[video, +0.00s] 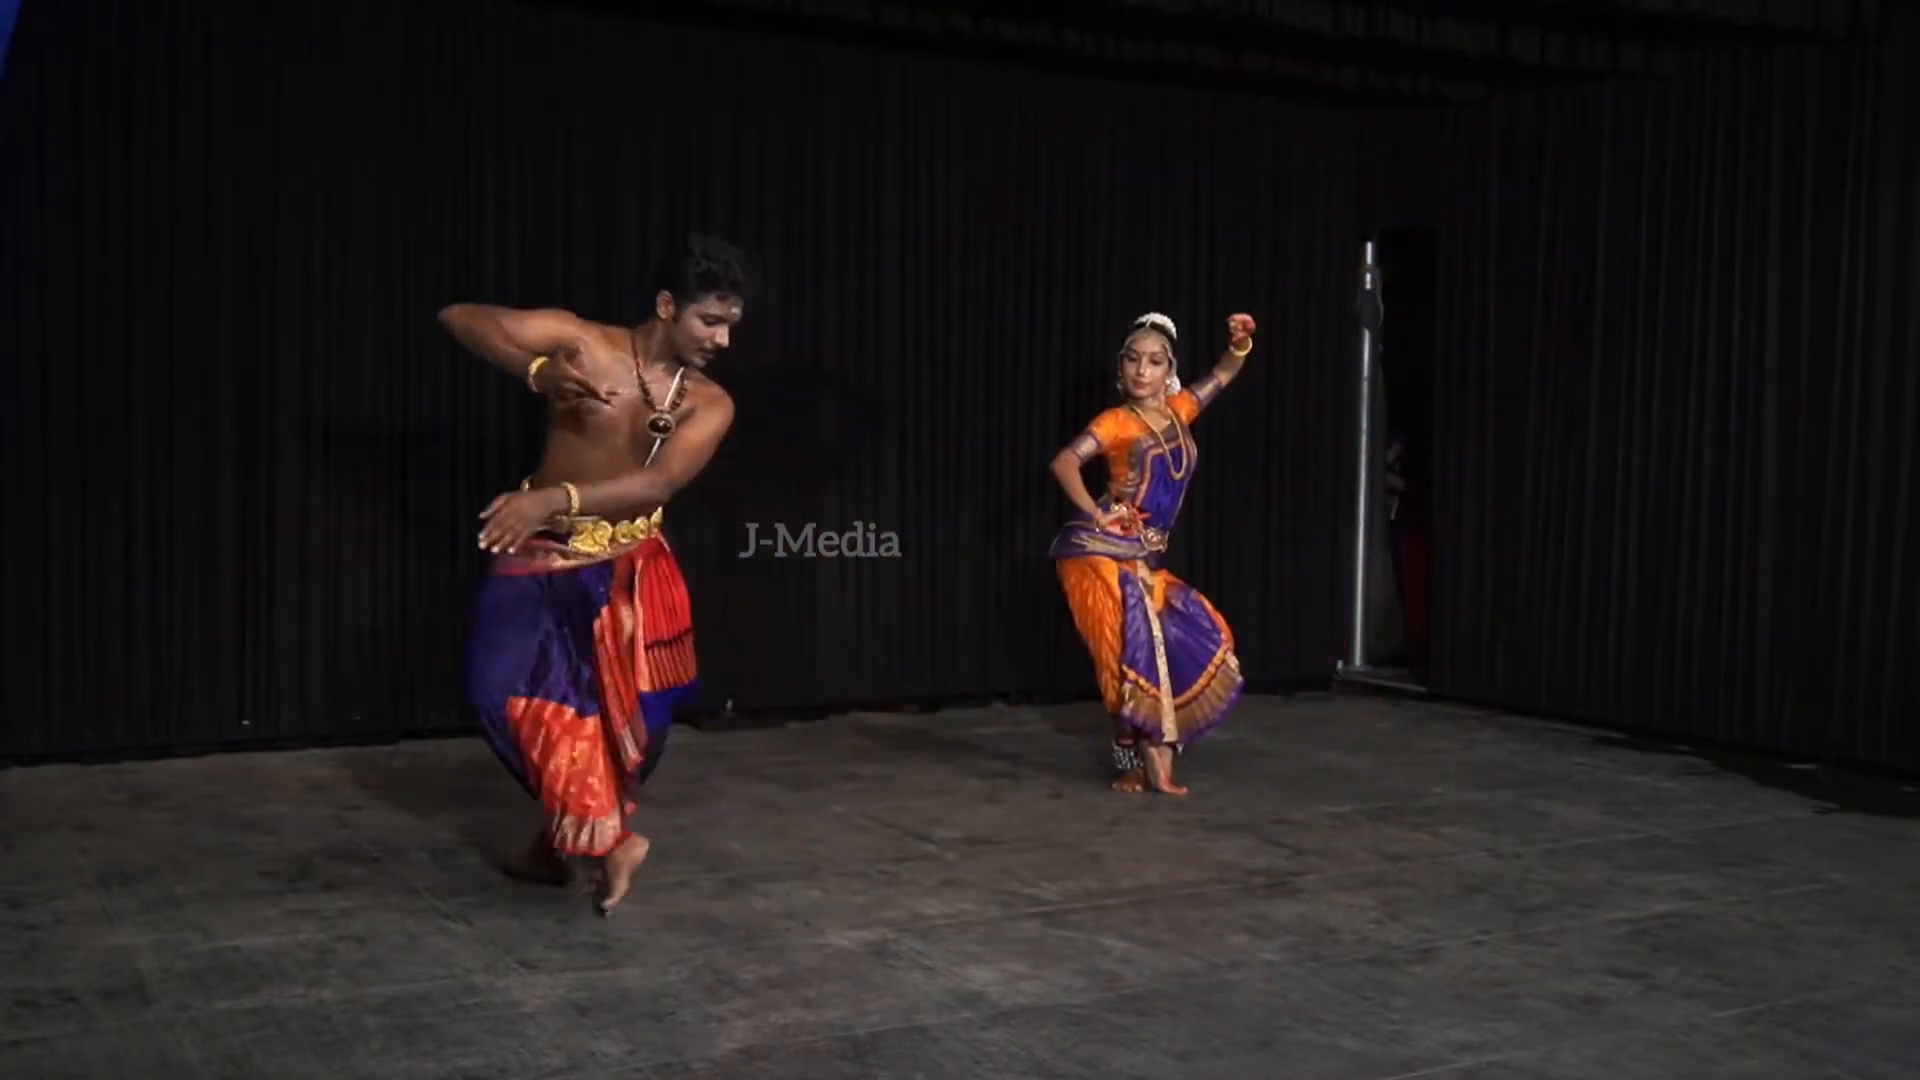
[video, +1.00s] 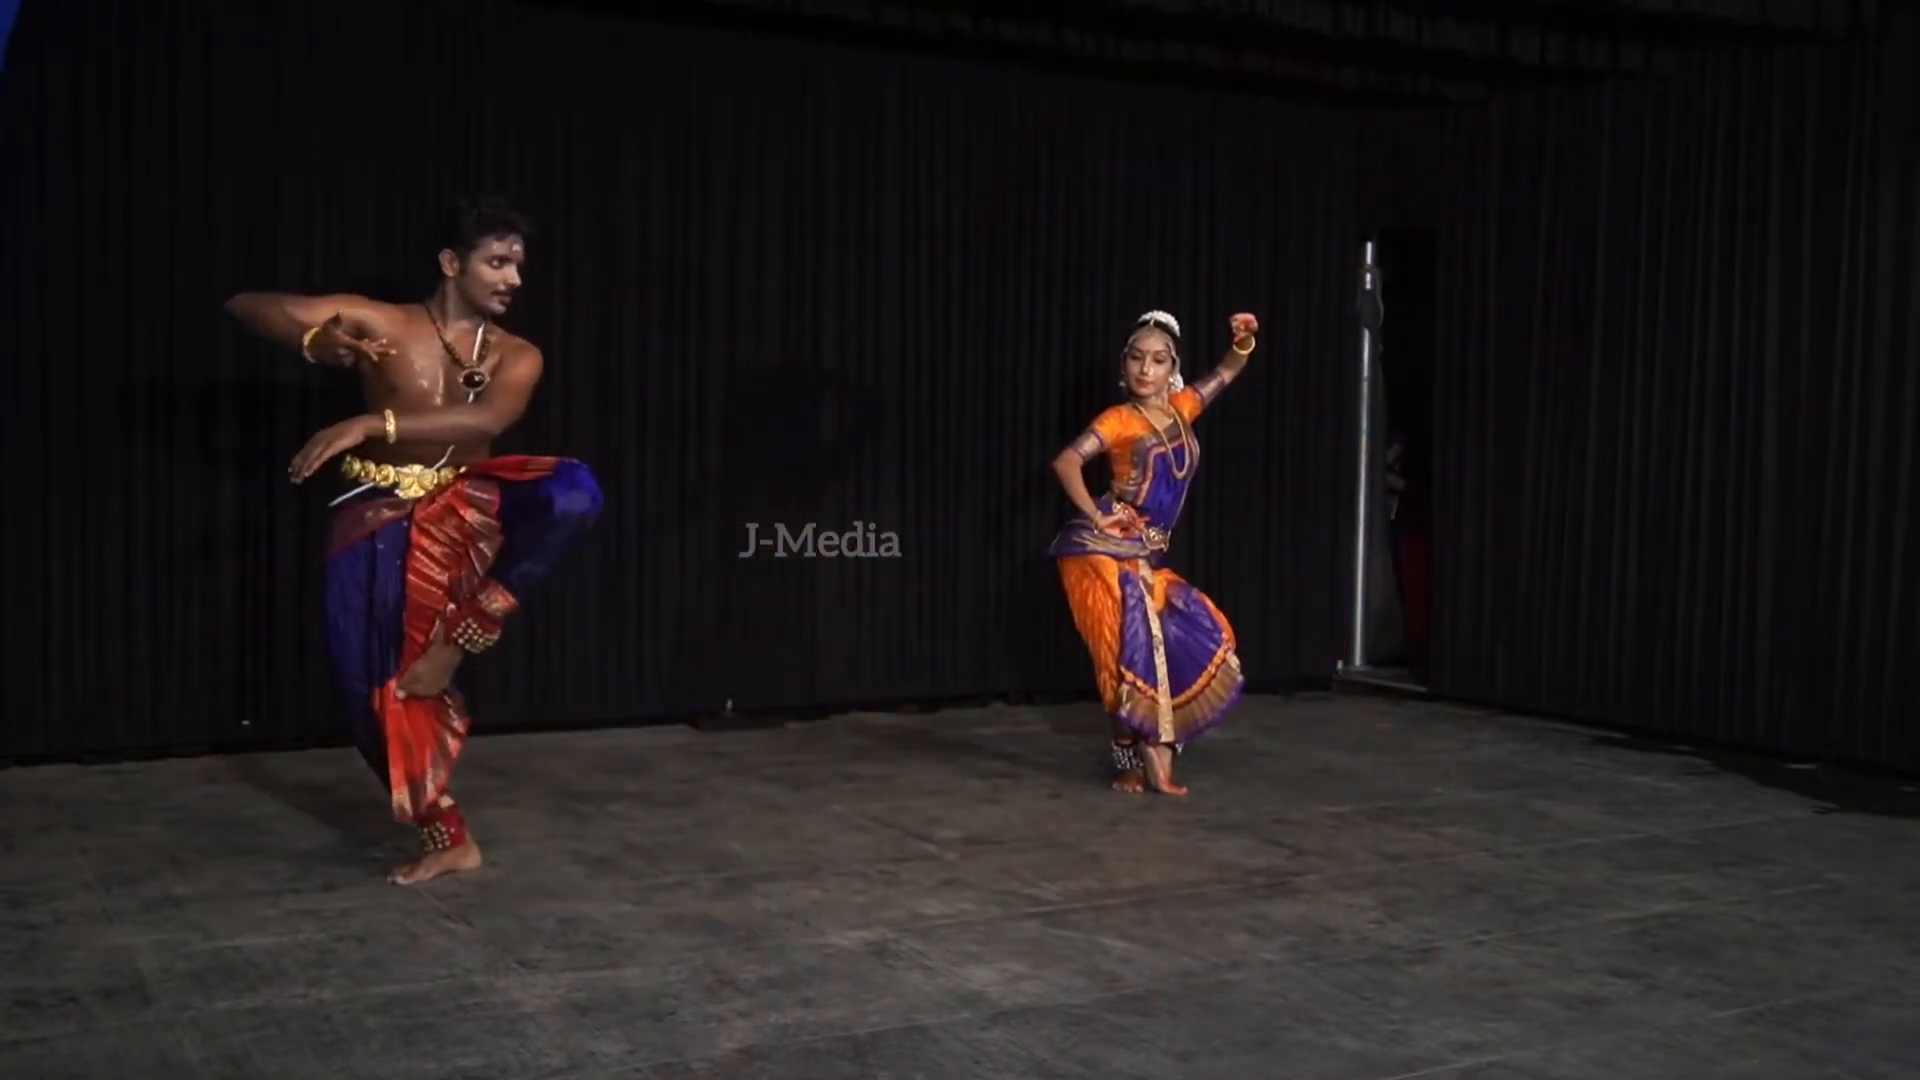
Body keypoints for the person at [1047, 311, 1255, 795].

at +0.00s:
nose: (1141, 369)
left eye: (1154, 360)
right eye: (1133, 359)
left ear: (1170, 371)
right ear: (1121, 366)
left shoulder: (1179, 410)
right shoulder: (1118, 422)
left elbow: (1222, 374)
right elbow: (1064, 463)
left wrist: (1240, 345)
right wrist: (1096, 515)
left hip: (1143, 561)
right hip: (1098, 555)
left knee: (1164, 644)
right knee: (1122, 644)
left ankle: (1160, 751)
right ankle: (1124, 752)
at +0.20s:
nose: (1142, 369)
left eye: (1154, 360)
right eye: (1133, 358)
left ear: (1170, 371)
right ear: (1121, 366)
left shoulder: (1178, 410)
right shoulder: (1118, 421)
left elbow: (1221, 374)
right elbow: (1063, 463)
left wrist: (1240, 346)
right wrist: (1094, 515)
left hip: (1143, 560)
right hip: (1099, 555)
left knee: (1166, 643)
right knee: (1123, 643)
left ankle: (1160, 750)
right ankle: (1124, 752)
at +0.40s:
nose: (1142, 368)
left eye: (1154, 359)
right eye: (1133, 357)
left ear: (1170, 370)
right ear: (1121, 365)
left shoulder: (1179, 408)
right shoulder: (1117, 420)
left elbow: (1223, 373)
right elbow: (1063, 461)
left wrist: (1241, 344)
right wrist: (1095, 513)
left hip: (1143, 559)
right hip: (1097, 553)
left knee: (1167, 641)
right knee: (1122, 642)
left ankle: (1160, 749)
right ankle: (1125, 753)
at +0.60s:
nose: (1143, 368)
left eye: (1155, 359)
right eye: (1134, 358)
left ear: (1171, 370)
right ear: (1122, 365)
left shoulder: (1180, 407)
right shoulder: (1118, 420)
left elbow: (1224, 373)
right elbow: (1063, 461)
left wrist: (1242, 344)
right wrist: (1094, 515)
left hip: (1143, 560)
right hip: (1098, 554)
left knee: (1168, 642)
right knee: (1122, 642)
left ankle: (1160, 748)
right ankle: (1125, 753)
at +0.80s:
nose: (1144, 369)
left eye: (1157, 360)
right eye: (1135, 358)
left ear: (1172, 370)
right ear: (1123, 365)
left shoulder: (1181, 407)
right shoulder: (1119, 421)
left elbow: (1224, 373)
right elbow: (1064, 463)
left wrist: (1242, 345)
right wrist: (1095, 518)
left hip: (1144, 560)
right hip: (1099, 553)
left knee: (1167, 643)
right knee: (1123, 642)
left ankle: (1159, 750)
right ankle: (1125, 752)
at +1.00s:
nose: (1146, 368)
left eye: (1158, 359)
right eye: (1137, 357)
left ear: (1173, 370)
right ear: (1124, 365)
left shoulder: (1182, 407)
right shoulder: (1120, 421)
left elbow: (1225, 372)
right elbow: (1066, 463)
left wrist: (1243, 343)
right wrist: (1096, 517)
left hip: (1144, 560)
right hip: (1098, 553)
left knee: (1179, 638)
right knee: (1125, 640)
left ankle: (1160, 748)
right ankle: (1125, 752)